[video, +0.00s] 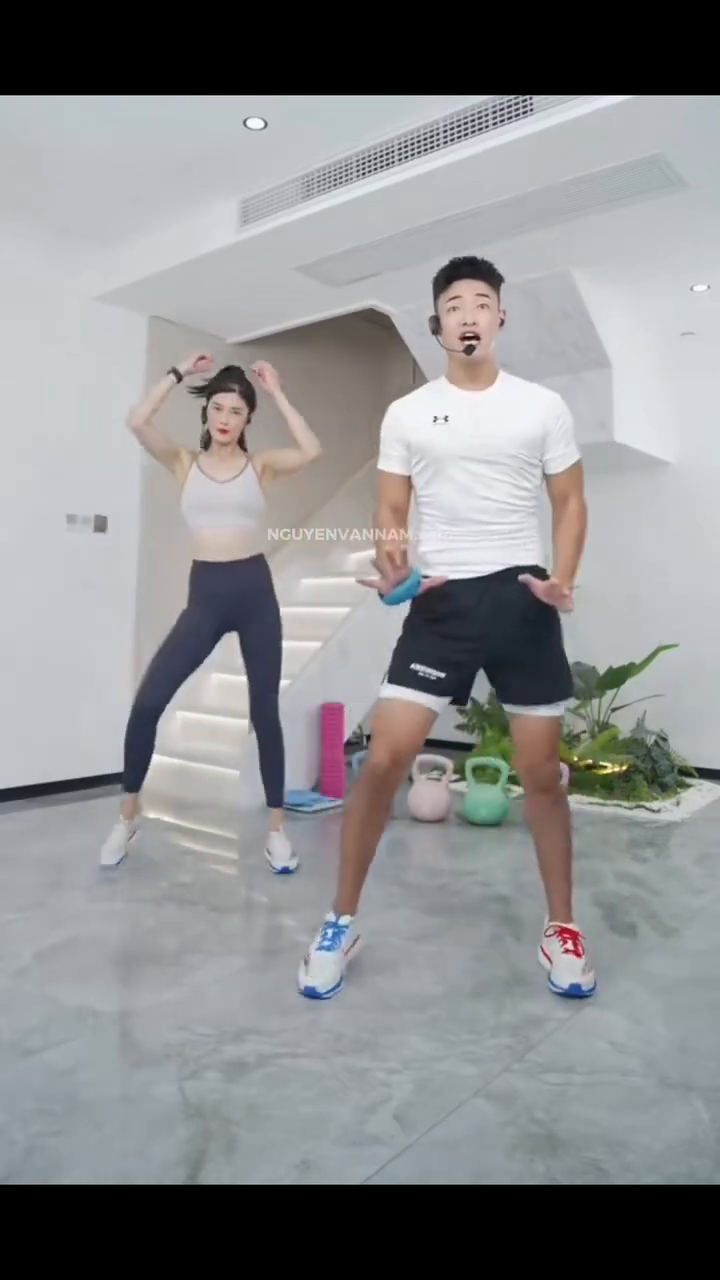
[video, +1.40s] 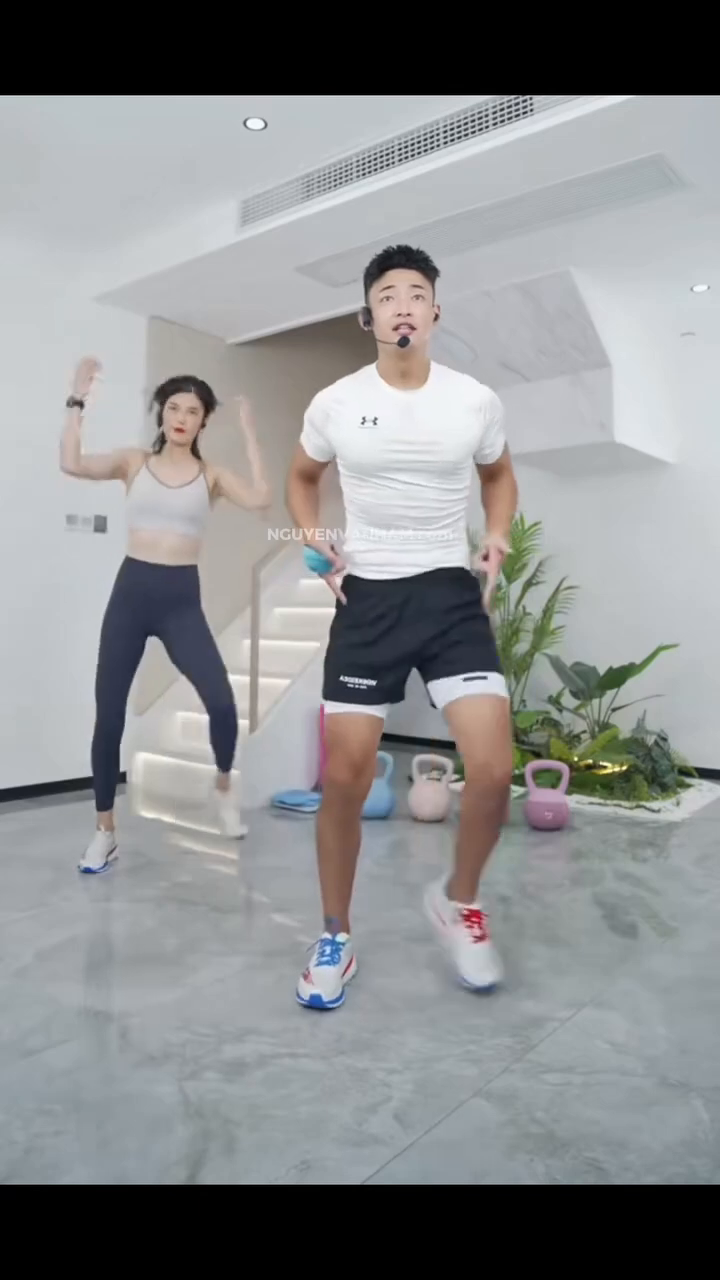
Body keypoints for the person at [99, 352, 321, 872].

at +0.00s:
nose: (226, 417)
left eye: (236, 410)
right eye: (219, 408)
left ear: (248, 419)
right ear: (205, 413)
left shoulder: (260, 464)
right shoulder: (184, 461)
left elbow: (311, 451)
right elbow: (139, 422)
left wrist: (277, 393)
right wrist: (179, 373)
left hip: (256, 594)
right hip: (205, 595)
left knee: (265, 710)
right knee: (146, 706)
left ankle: (277, 825)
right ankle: (128, 815)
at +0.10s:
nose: (235, 418)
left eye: (245, 411)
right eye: (228, 409)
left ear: (258, 418)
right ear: (216, 413)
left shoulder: (270, 463)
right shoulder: (197, 458)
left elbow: (312, 430)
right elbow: (156, 408)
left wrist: (277, 381)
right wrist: (204, 366)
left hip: (263, 589)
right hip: (214, 590)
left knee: (268, 707)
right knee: (170, 705)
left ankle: (278, 825)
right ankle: (184, 792)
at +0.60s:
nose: (233, 418)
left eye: (244, 412)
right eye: (228, 408)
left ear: (257, 421)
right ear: (216, 410)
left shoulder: (262, 466)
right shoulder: (191, 448)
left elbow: (315, 438)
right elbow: (168, 377)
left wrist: (283, 392)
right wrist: (222, 359)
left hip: (240, 592)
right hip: (192, 590)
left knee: (257, 710)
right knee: (133, 701)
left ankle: (276, 824)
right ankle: (133, 810)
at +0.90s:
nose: (191, 439)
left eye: (202, 434)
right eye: (187, 429)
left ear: (214, 440)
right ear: (175, 428)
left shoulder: (212, 488)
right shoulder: (146, 462)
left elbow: (251, 475)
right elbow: (116, 395)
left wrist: (235, 422)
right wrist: (174, 378)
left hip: (173, 607)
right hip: (123, 600)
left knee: (217, 711)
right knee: (103, 715)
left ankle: (238, 808)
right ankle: (104, 829)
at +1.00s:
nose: (184, 430)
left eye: (194, 424)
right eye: (178, 420)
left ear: (205, 431)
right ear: (165, 420)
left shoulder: (207, 478)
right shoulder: (136, 456)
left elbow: (250, 469)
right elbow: (101, 396)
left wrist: (228, 415)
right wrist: (159, 372)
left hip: (168, 597)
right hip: (118, 592)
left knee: (179, 710)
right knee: (104, 711)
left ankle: (182, 793)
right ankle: (103, 826)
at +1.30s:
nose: (175, 424)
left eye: (185, 417)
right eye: (168, 415)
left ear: (198, 426)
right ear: (154, 419)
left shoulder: (204, 479)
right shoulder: (128, 461)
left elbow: (254, 483)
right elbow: (72, 439)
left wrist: (237, 417)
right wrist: (104, 384)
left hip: (170, 600)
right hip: (120, 595)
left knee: (189, 710)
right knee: (103, 714)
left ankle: (174, 793)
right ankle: (104, 827)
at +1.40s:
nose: (183, 417)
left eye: (192, 411)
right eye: (175, 408)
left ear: (203, 422)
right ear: (160, 413)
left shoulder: (209, 475)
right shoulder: (134, 461)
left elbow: (260, 499)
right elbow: (72, 464)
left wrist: (249, 431)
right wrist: (77, 399)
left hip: (182, 600)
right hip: (130, 595)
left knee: (223, 704)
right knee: (109, 714)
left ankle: (224, 788)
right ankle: (105, 828)